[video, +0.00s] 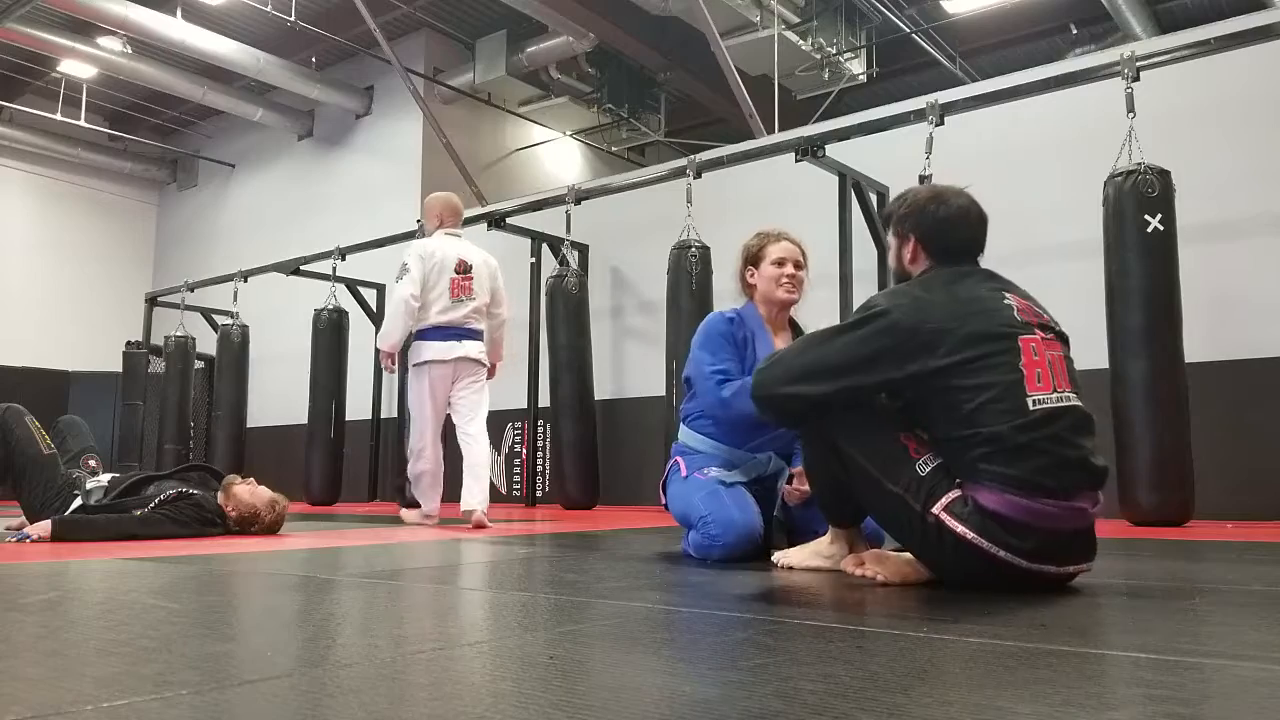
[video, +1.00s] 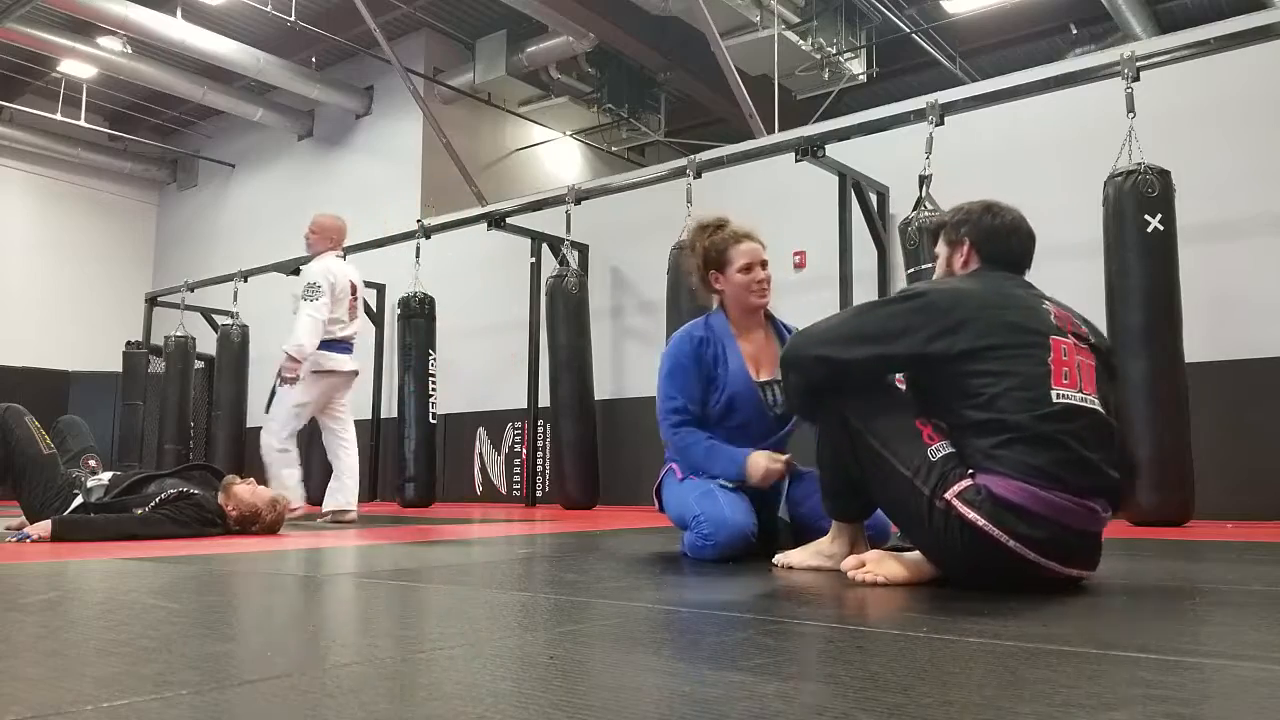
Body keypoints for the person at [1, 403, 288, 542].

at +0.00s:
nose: (248, 477)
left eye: (250, 488)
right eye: (256, 483)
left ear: (235, 510)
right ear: (236, 504)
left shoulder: (199, 513)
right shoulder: (214, 487)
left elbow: (130, 525)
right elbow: (150, 485)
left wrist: (56, 526)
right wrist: (112, 481)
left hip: (69, 500)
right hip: (99, 486)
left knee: (11, 415)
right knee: (69, 422)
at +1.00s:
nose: (248, 477)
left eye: (250, 488)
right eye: (257, 483)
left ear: (234, 510)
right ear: (235, 504)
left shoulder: (199, 513)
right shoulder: (218, 490)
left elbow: (130, 524)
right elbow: (158, 483)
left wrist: (55, 526)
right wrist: (115, 478)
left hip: (70, 500)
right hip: (103, 485)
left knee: (11, 414)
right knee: (69, 421)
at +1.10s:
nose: (248, 477)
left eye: (250, 488)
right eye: (256, 483)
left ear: (234, 510)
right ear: (236, 504)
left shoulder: (198, 513)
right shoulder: (218, 490)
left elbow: (130, 525)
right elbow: (157, 483)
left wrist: (56, 526)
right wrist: (114, 479)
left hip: (69, 501)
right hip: (102, 486)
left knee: (11, 414)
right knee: (69, 421)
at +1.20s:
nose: (247, 479)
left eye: (250, 489)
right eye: (255, 484)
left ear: (234, 510)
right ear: (236, 505)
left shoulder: (199, 513)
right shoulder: (216, 490)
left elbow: (130, 525)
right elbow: (155, 483)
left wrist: (56, 526)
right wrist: (114, 479)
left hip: (69, 501)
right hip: (101, 486)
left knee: (11, 414)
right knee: (70, 421)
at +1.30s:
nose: (251, 478)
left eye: (252, 489)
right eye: (259, 485)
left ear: (233, 509)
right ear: (237, 502)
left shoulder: (198, 513)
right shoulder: (217, 484)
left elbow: (130, 525)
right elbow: (158, 482)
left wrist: (56, 526)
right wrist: (116, 480)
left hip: (68, 499)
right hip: (101, 484)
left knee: (11, 414)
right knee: (70, 422)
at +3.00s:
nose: (210, 469)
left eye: (219, 476)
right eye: (218, 466)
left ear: (232, 501)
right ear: (222, 466)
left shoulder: (197, 512)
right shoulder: (209, 484)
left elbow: (128, 524)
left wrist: (56, 527)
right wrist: (110, 480)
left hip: (67, 502)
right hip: (100, 485)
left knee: (11, 416)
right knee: (73, 422)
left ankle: (14, 501)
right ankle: (31, 503)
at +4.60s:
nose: (225, 463)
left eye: (231, 464)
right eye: (232, 461)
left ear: (230, 475)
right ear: (250, 497)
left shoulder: (199, 513)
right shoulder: (215, 496)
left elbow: (130, 524)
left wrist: (56, 526)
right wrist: (107, 477)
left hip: (68, 501)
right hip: (95, 485)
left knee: (9, 416)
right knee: (46, 420)